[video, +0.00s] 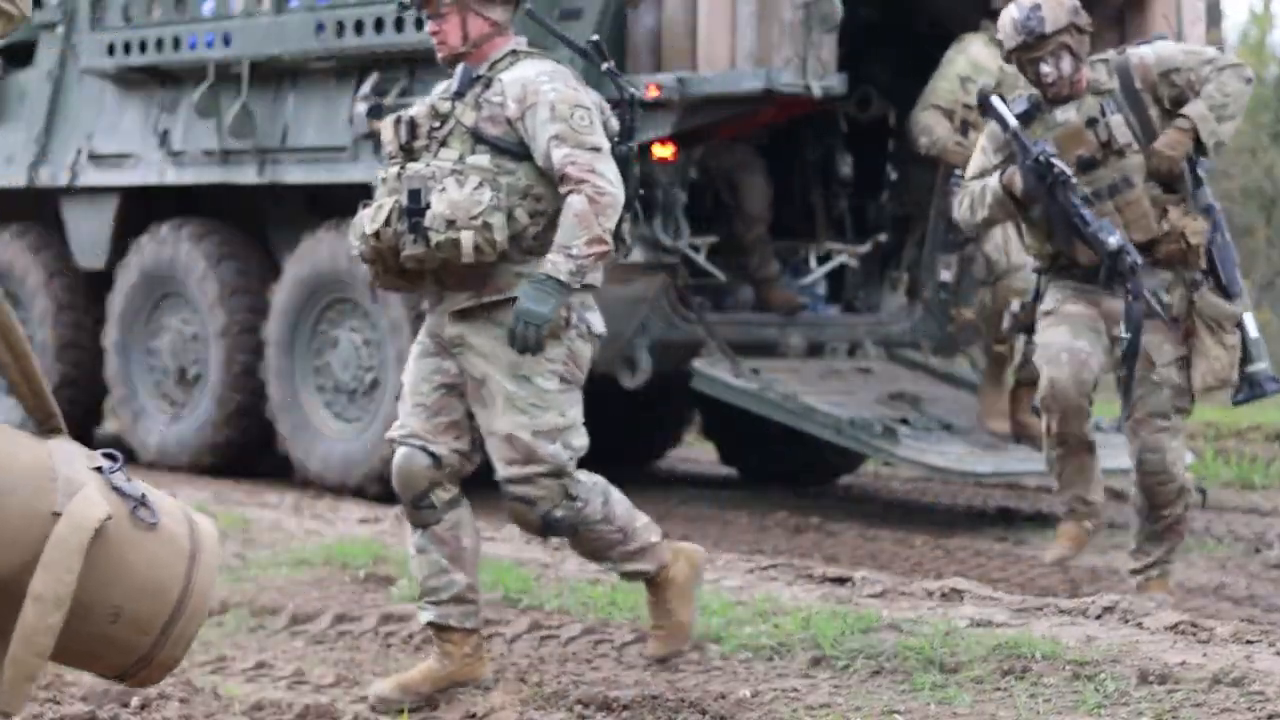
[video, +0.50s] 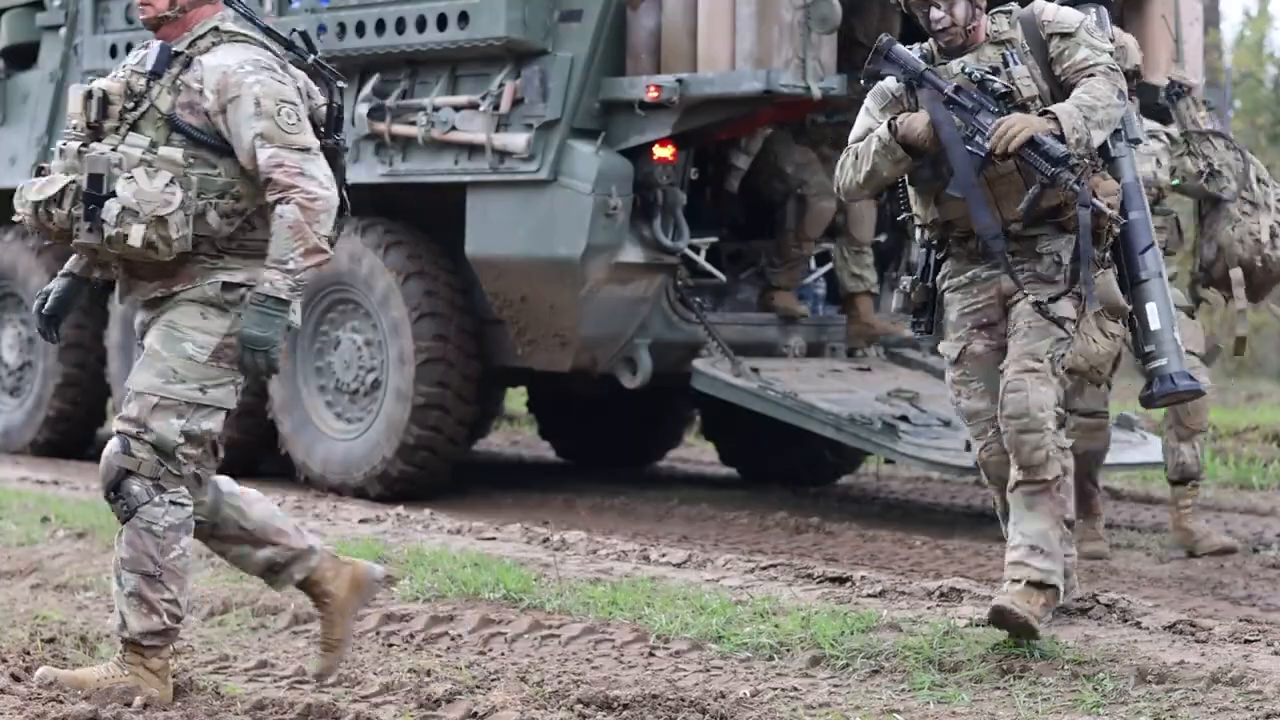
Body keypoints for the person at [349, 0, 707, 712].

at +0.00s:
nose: (431, 26)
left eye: (442, 13)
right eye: (429, 15)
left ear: (487, 16)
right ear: (465, 24)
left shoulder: (542, 85)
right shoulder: (452, 96)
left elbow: (597, 188)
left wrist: (554, 282)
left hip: (529, 313)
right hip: (451, 314)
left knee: (540, 489)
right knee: (421, 472)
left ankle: (664, 564)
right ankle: (457, 649)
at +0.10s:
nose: (376, 21)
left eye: (389, 10)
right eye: (374, 11)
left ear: (437, 14)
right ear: (386, 17)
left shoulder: (492, 86)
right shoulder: (382, 95)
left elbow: (556, 193)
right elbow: (380, 216)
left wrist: (522, 295)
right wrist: (357, 316)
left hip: (474, 311)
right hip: (402, 312)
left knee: (401, 464)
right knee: (391, 476)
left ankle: (520, 578)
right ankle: (449, 648)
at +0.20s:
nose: (323, 19)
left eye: (337, 7)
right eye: (322, 9)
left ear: (383, 14)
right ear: (344, 19)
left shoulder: (437, 85)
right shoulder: (336, 100)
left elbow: (514, 186)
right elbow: (302, 213)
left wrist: (490, 294)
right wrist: (256, 306)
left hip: (426, 308)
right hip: (366, 307)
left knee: (307, 432)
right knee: (377, 491)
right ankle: (453, 651)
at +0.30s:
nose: (266, 11)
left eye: (280, 1)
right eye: (266, 2)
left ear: (328, 7)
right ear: (291, 12)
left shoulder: (379, 83)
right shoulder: (274, 91)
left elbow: (461, 186)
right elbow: (242, 200)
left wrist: (433, 294)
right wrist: (181, 275)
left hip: (360, 314)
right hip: (306, 312)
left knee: (241, 451)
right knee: (356, 495)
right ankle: (452, 653)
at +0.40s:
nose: (212, 5)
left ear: (272, 3)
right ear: (221, 11)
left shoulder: (314, 81)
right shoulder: (212, 81)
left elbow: (396, 192)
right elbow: (168, 189)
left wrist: (359, 299)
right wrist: (114, 265)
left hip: (282, 314)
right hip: (236, 311)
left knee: (184, 468)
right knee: (312, 496)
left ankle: (149, 663)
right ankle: (433, 636)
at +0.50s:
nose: (137, 1)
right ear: (164, 5)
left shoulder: (242, 70)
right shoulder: (153, 66)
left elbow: (307, 189)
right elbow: (128, 193)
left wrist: (275, 300)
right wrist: (76, 274)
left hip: (218, 297)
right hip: (168, 297)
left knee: (144, 468)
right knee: (164, 473)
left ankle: (147, 664)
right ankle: (328, 577)